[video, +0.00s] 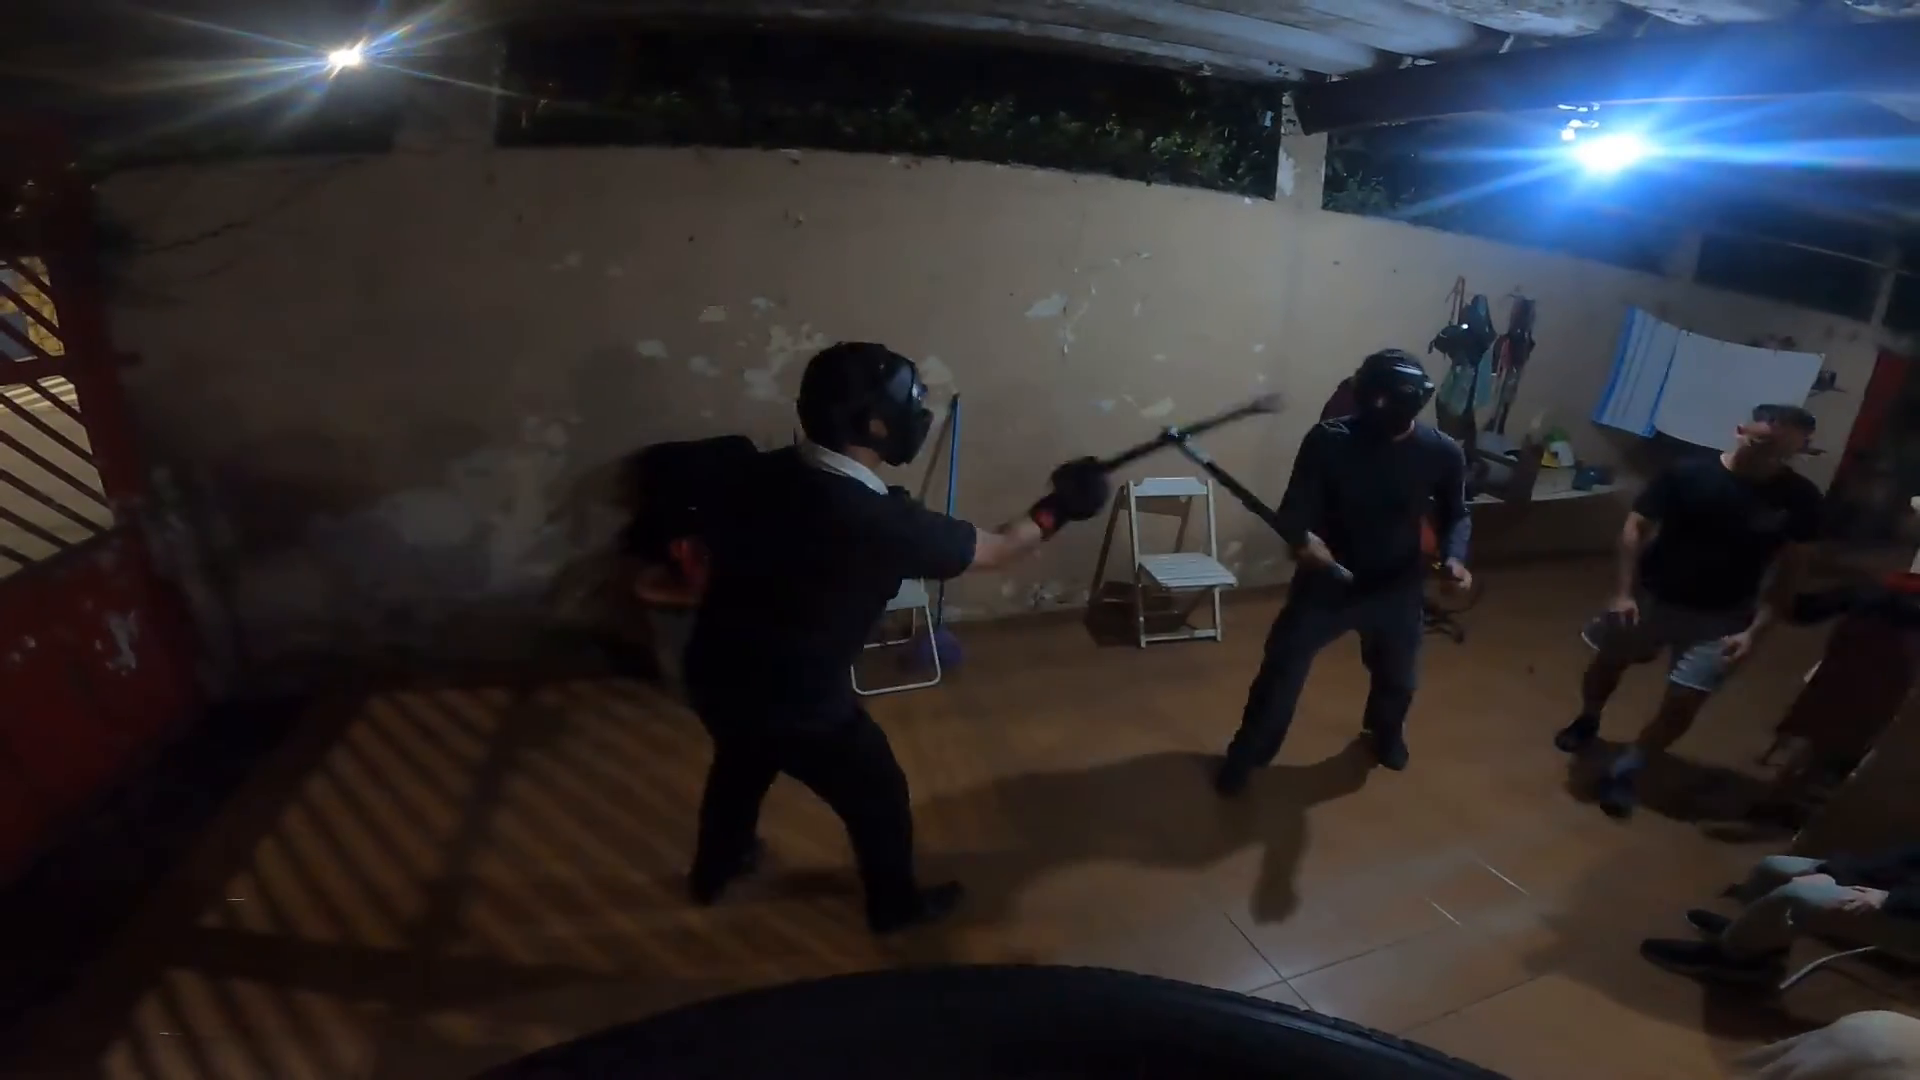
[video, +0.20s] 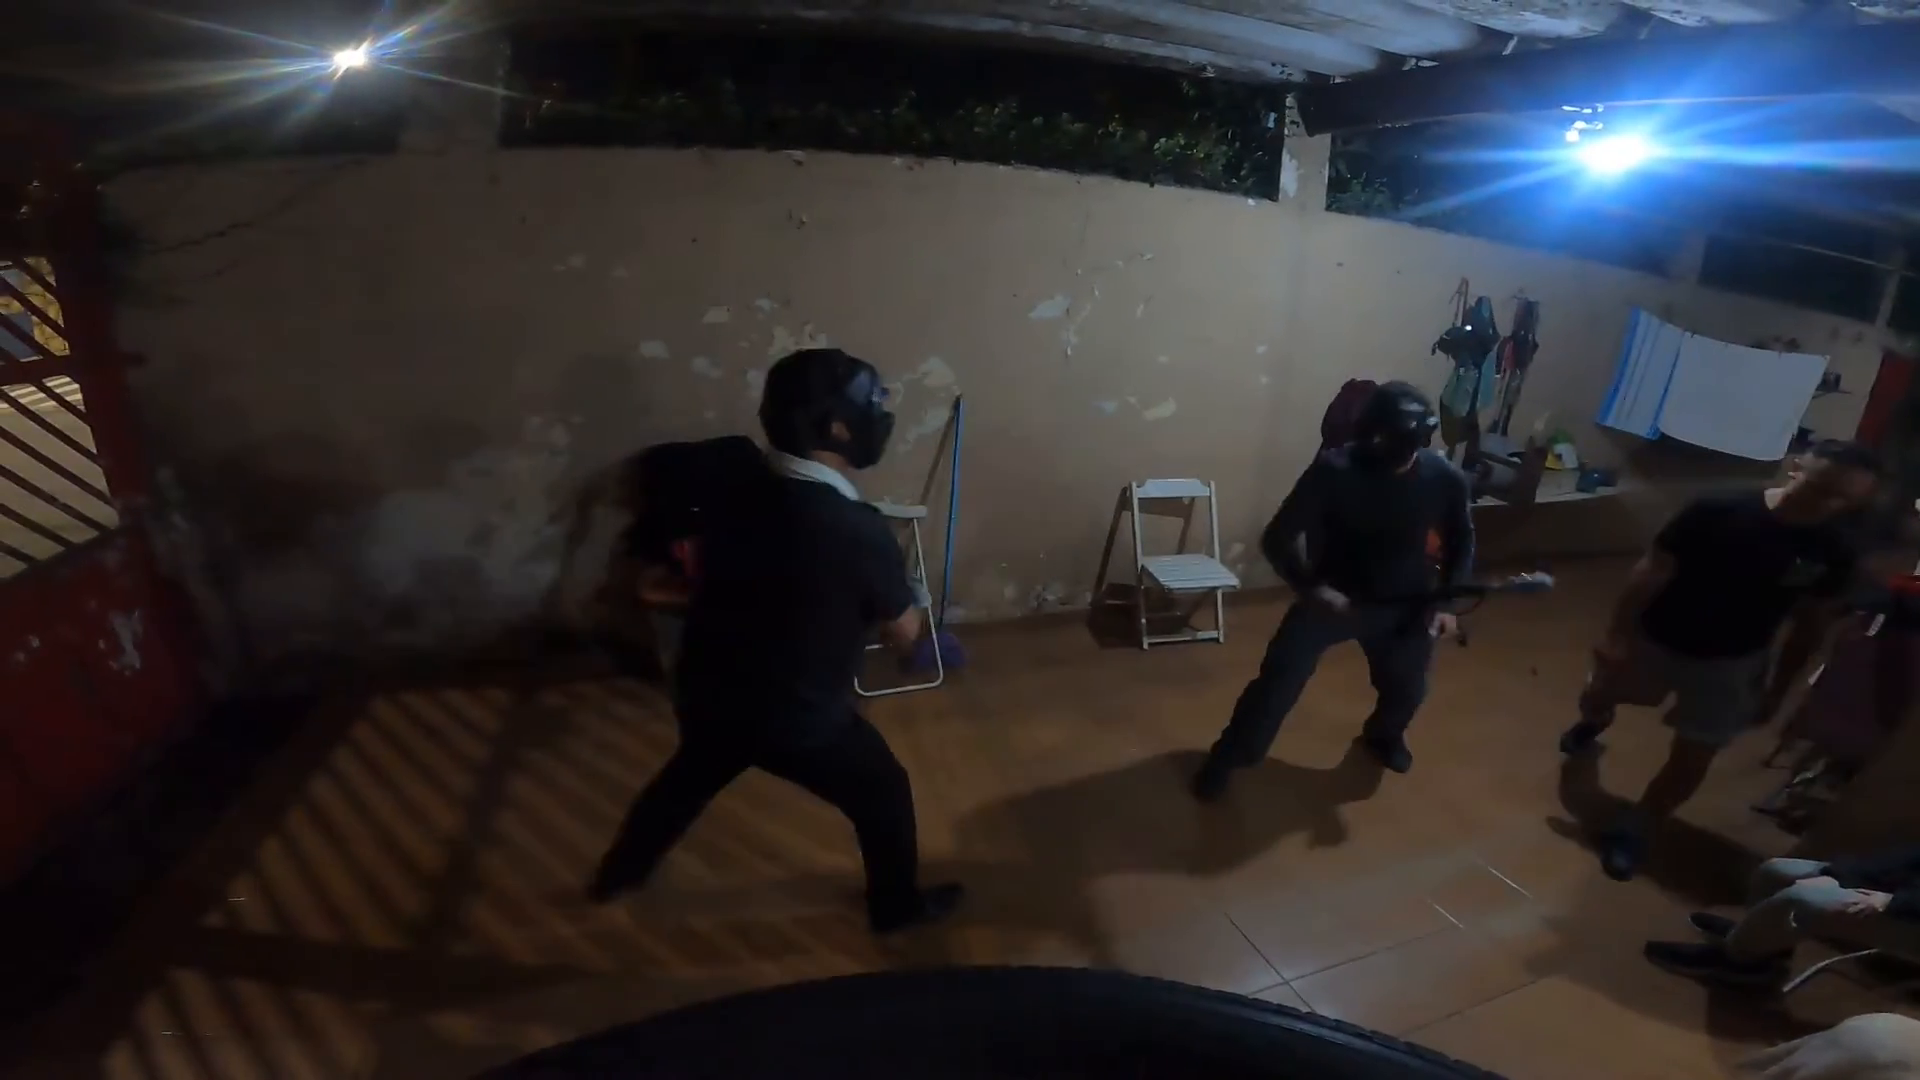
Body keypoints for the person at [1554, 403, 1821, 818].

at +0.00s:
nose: (1769, 458)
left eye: (1780, 451)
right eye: (1765, 446)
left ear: (1790, 455)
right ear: (1744, 435)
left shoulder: (1796, 501)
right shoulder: (1690, 473)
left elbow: (1787, 578)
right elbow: (1635, 524)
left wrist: (1753, 632)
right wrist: (1624, 593)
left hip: (1721, 619)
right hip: (1656, 599)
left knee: (1682, 707)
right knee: (1608, 658)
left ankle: (1626, 773)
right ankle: (1587, 720)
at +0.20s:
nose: (1829, 506)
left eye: (1844, 501)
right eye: (1827, 489)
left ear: (1850, 506)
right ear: (1799, 470)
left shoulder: (1829, 554)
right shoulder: (1718, 511)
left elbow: (1809, 630)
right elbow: (1651, 569)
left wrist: (1775, 693)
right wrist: (1616, 635)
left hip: (1730, 664)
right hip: (1658, 638)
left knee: (1689, 765)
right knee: (1604, 692)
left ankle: (1632, 835)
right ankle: (1590, 725)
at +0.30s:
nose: (1848, 515)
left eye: (1861, 509)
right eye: (1844, 498)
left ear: (1868, 516)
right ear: (1817, 477)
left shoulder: (1847, 561)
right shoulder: (1732, 516)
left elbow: (1821, 639)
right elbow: (1659, 570)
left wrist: (1793, 706)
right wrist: (1615, 636)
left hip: (1743, 675)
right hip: (1668, 649)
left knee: (1695, 775)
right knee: (1604, 713)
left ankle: (1634, 832)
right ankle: (1585, 741)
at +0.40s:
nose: (1884, 521)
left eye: (1899, 513)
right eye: (1880, 504)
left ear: (1910, 515)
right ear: (1850, 479)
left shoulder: (1881, 565)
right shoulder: (1757, 522)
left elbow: (1855, 647)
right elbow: (1668, 576)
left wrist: (1813, 722)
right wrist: (1626, 651)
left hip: (1757, 692)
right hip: (1677, 667)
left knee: (1700, 784)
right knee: (1620, 755)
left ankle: (1637, 832)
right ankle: (1588, 809)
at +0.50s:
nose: (1892, 527)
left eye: (1906, 519)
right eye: (1886, 509)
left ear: (1915, 522)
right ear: (1855, 487)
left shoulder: (1892, 574)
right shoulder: (1768, 530)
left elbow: (1874, 658)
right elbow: (1672, 584)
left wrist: (1824, 731)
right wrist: (1633, 663)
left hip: (1765, 704)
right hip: (1684, 678)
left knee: (1698, 785)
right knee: (1630, 771)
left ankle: (1633, 837)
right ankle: (1575, 857)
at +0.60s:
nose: (1906, 551)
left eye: (1916, 539)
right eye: (1900, 531)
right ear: (1867, 503)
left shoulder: (1901, 597)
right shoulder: (1773, 558)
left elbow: (1900, 680)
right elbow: (1676, 626)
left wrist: (1853, 754)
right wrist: (1642, 711)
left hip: (1768, 736)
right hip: (1688, 714)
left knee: (1693, 801)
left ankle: (1633, 836)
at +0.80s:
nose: (1918, 568)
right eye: (1914, 548)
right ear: (1886, 529)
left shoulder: (1906, 633)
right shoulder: (1780, 592)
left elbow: (1908, 728)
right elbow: (1688, 677)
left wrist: (1868, 804)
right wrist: (1655, 779)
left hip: (1770, 791)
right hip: (1682, 763)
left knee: (1687, 870)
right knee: (1612, 877)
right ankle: (1561, 950)